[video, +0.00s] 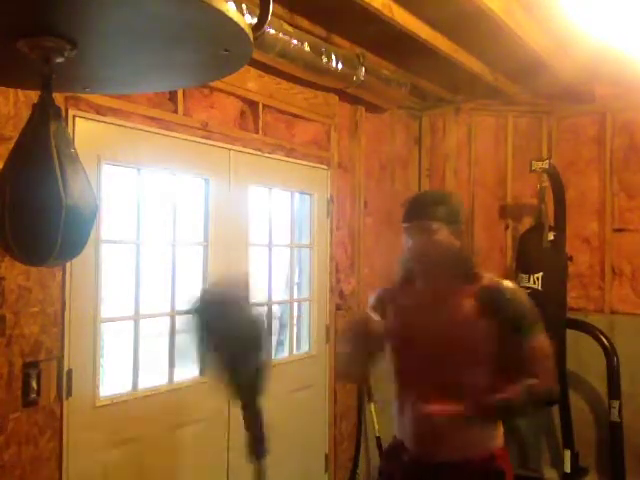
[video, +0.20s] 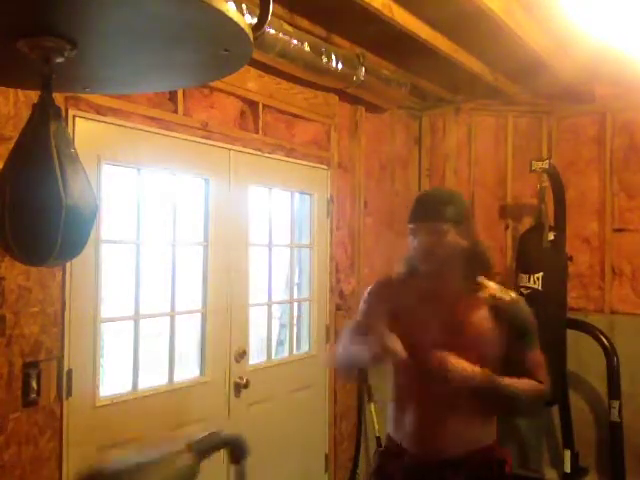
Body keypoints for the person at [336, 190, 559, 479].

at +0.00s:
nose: (419, 245)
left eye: (430, 232)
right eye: (412, 234)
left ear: (457, 235)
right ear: (404, 239)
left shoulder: (501, 300)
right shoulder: (391, 303)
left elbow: (545, 383)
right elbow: (352, 372)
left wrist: (486, 406)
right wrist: (356, 344)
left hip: (479, 463)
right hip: (412, 462)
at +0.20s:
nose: (423, 245)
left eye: (436, 234)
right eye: (415, 234)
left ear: (463, 237)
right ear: (408, 238)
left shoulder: (504, 306)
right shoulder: (386, 296)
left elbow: (540, 390)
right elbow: (343, 356)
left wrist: (475, 376)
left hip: (475, 464)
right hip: (403, 463)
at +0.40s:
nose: (401, 243)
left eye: (414, 232)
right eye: (396, 232)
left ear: (443, 236)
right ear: (391, 238)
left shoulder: (477, 293)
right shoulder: (387, 299)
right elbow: (378, 372)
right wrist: (373, 422)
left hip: (470, 459)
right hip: (408, 459)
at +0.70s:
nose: (408, 247)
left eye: (422, 235)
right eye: (404, 235)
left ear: (450, 239)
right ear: (399, 240)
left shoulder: (485, 297)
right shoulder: (404, 306)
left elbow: (532, 377)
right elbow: (400, 379)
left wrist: (447, 398)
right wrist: (372, 371)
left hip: (477, 462)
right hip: (417, 459)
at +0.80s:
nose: (424, 244)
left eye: (437, 232)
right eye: (418, 233)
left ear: (464, 237)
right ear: (410, 237)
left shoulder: (505, 303)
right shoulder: (393, 300)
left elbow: (548, 388)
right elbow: (348, 356)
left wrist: (476, 410)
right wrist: (338, 335)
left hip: (479, 462)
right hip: (414, 461)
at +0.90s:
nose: (422, 243)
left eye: (437, 232)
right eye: (415, 232)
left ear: (466, 238)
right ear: (409, 237)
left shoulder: (504, 305)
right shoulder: (390, 294)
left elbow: (544, 388)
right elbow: (342, 341)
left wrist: (486, 394)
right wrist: (346, 326)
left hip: (477, 463)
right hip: (406, 462)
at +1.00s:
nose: (418, 246)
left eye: (432, 234)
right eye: (410, 235)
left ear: (459, 239)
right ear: (404, 238)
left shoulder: (498, 306)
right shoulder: (382, 296)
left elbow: (539, 391)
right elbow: (345, 363)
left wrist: (475, 373)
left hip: (471, 462)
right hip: (401, 462)